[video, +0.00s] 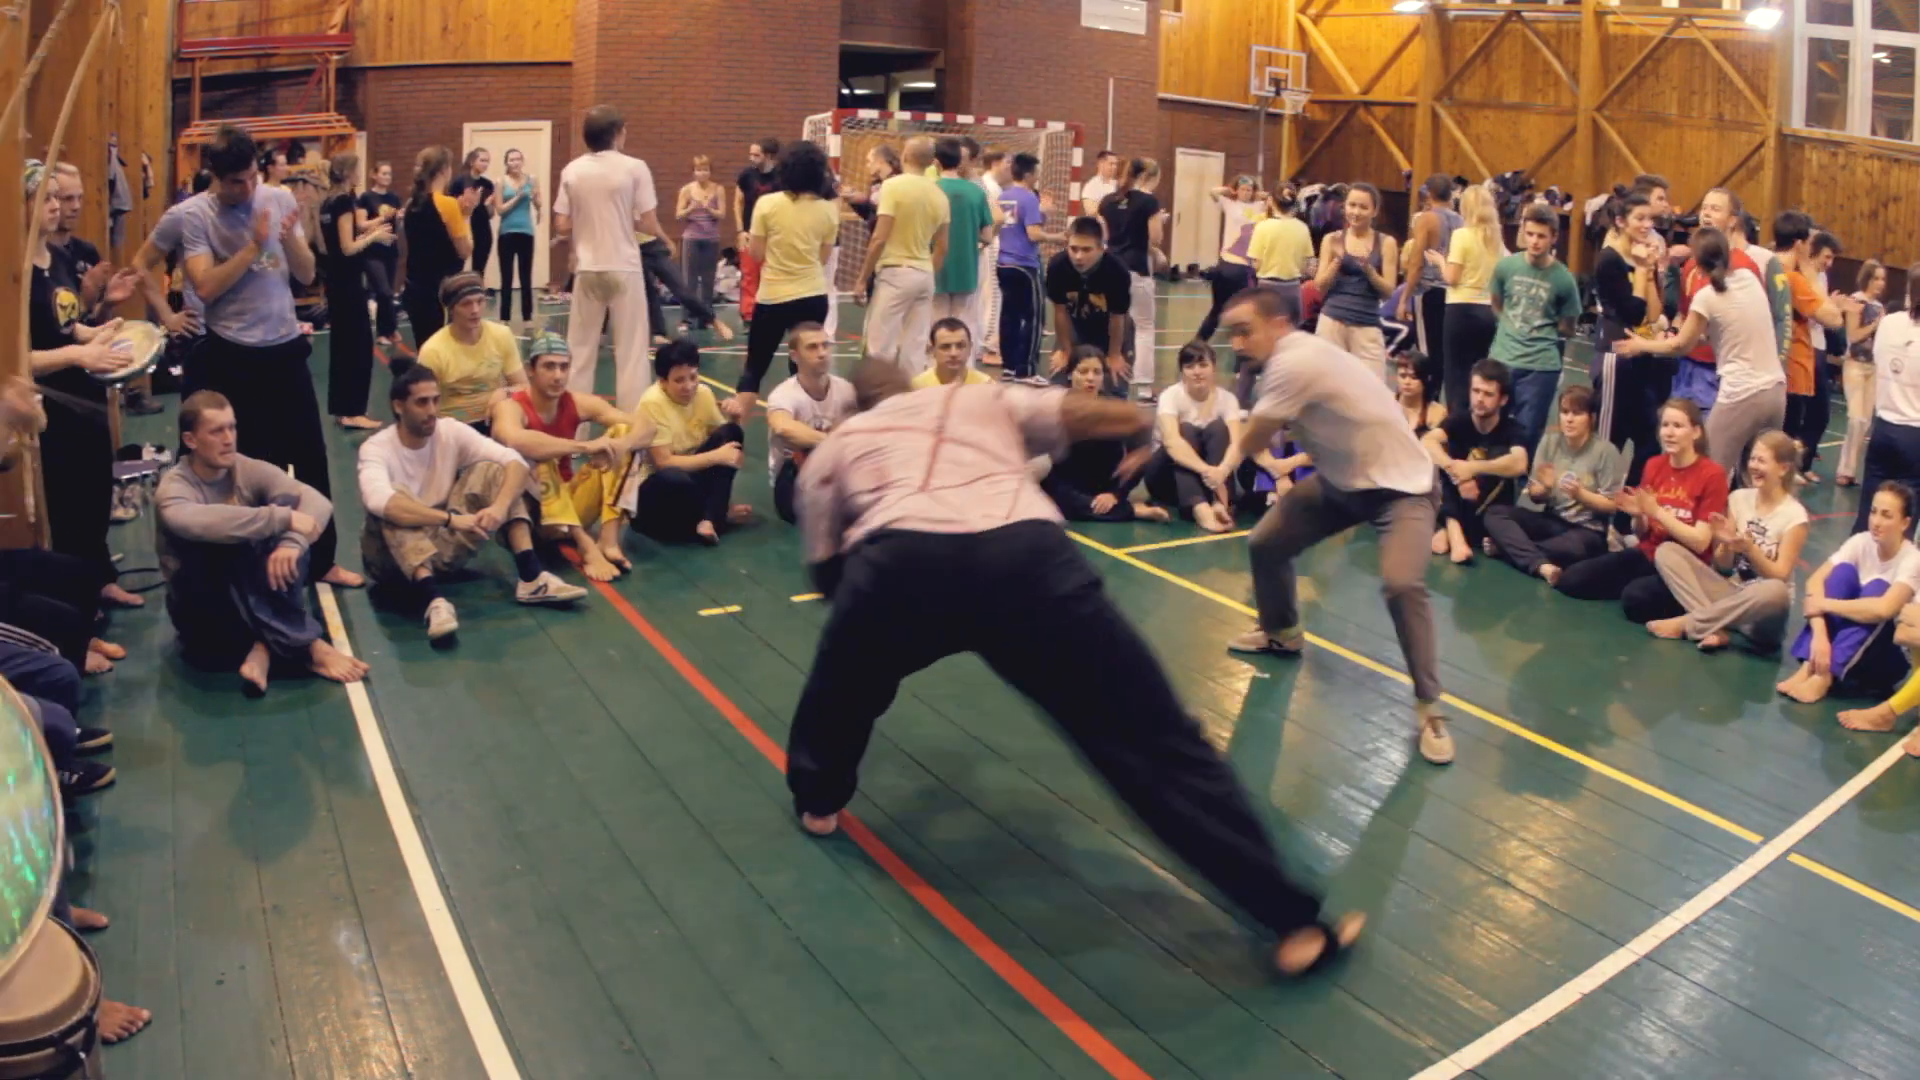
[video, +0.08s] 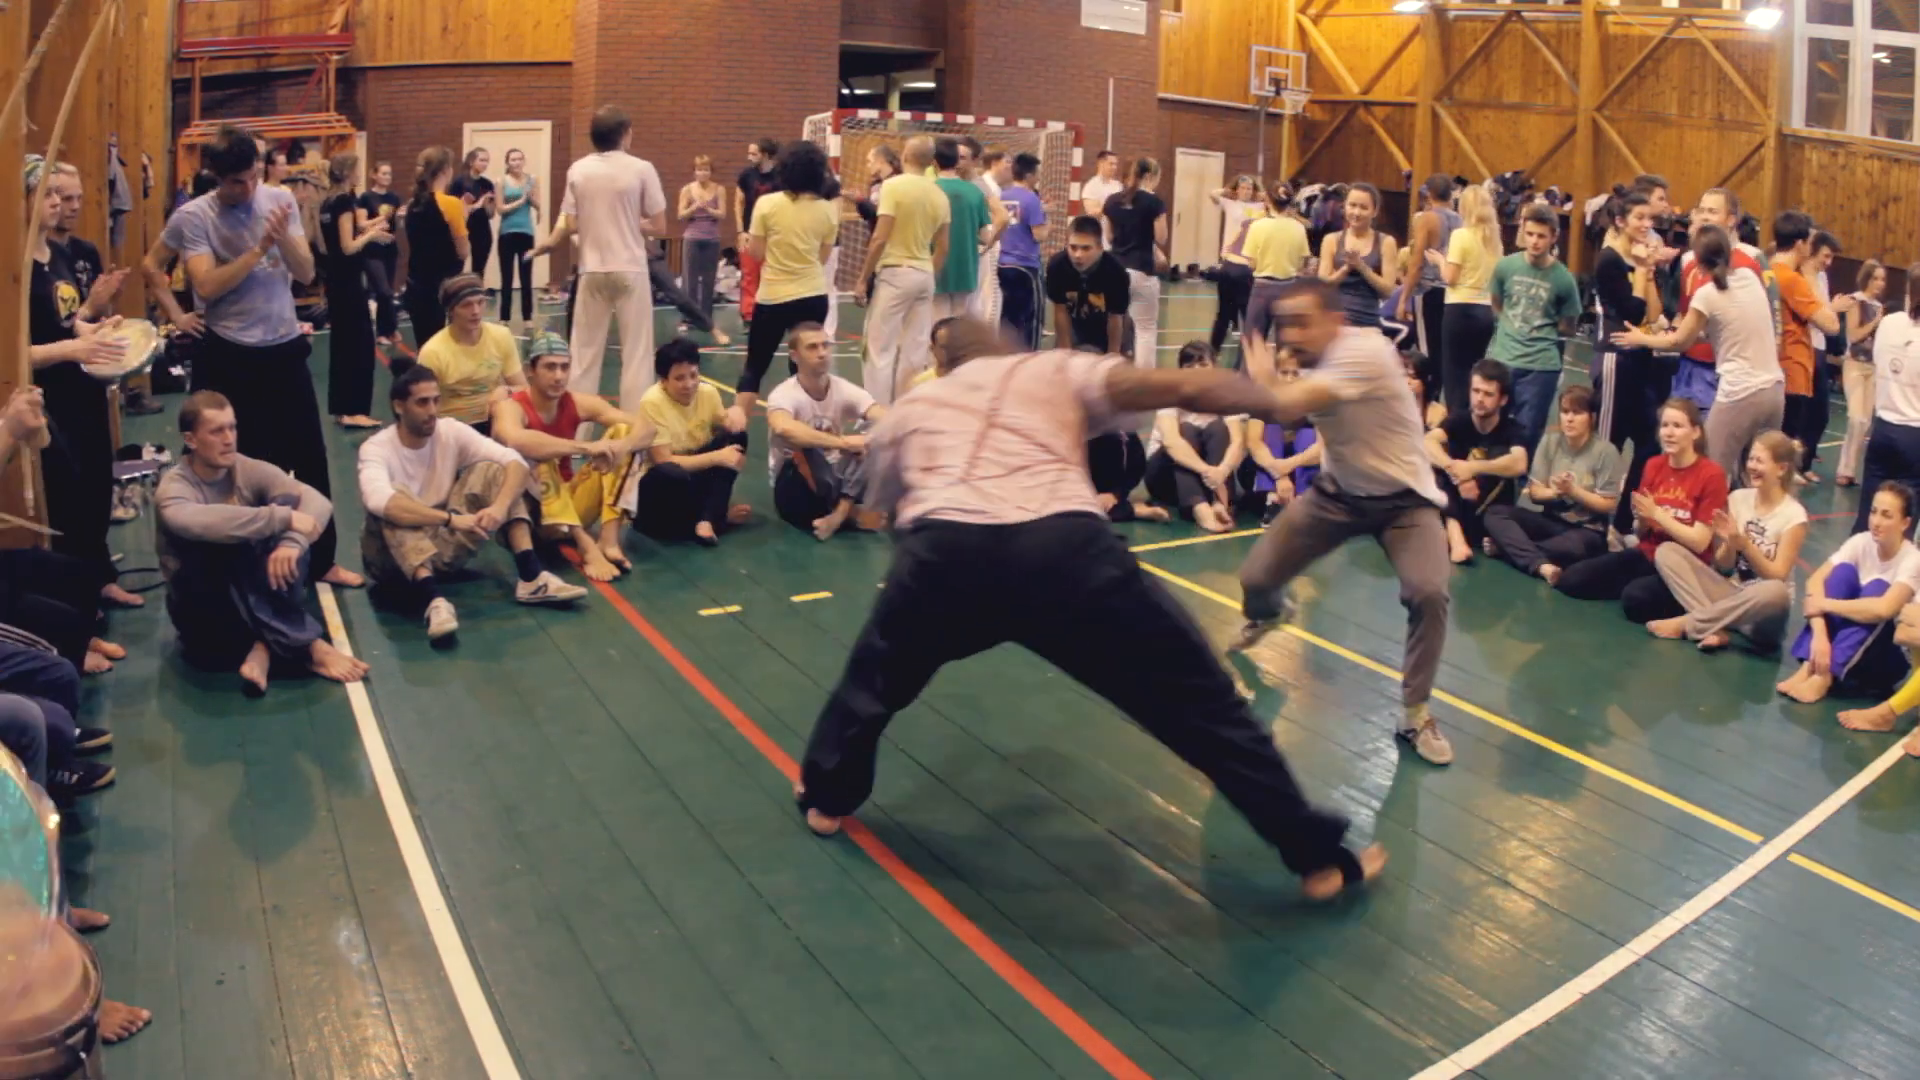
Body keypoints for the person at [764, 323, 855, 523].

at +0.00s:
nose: (822, 354)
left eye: (825, 346)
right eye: (812, 348)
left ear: (831, 348)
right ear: (794, 355)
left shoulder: (846, 390)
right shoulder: (783, 394)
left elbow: (860, 430)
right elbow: (782, 428)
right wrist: (833, 442)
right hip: (796, 472)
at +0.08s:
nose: (822, 354)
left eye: (825, 346)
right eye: (812, 348)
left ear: (831, 349)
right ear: (794, 354)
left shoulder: (842, 389)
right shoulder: (783, 394)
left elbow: (886, 417)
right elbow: (782, 428)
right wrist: (842, 443)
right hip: (797, 494)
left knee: (876, 431)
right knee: (804, 454)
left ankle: (841, 511)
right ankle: (851, 512)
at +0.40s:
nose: (822, 354)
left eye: (825, 346)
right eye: (812, 347)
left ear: (831, 349)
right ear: (794, 355)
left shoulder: (841, 388)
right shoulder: (783, 394)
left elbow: (892, 420)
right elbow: (783, 429)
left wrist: (867, 439)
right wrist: (841, 443)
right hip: (797, 497)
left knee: (879, 433)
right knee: (805, 451)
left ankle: (841, 511)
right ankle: (851, 511)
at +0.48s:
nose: (822, 354)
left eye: (825, 346)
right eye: (812, 348)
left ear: (831, 349)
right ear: (794, 354)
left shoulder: (841, 388)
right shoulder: (784, 394)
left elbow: (892, 420)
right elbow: (783, 428)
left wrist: (867, 439)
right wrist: (841, 443)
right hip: (797, 496)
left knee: (879, 433)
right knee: (806, 451)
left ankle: (841, 512)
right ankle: (851, 511)